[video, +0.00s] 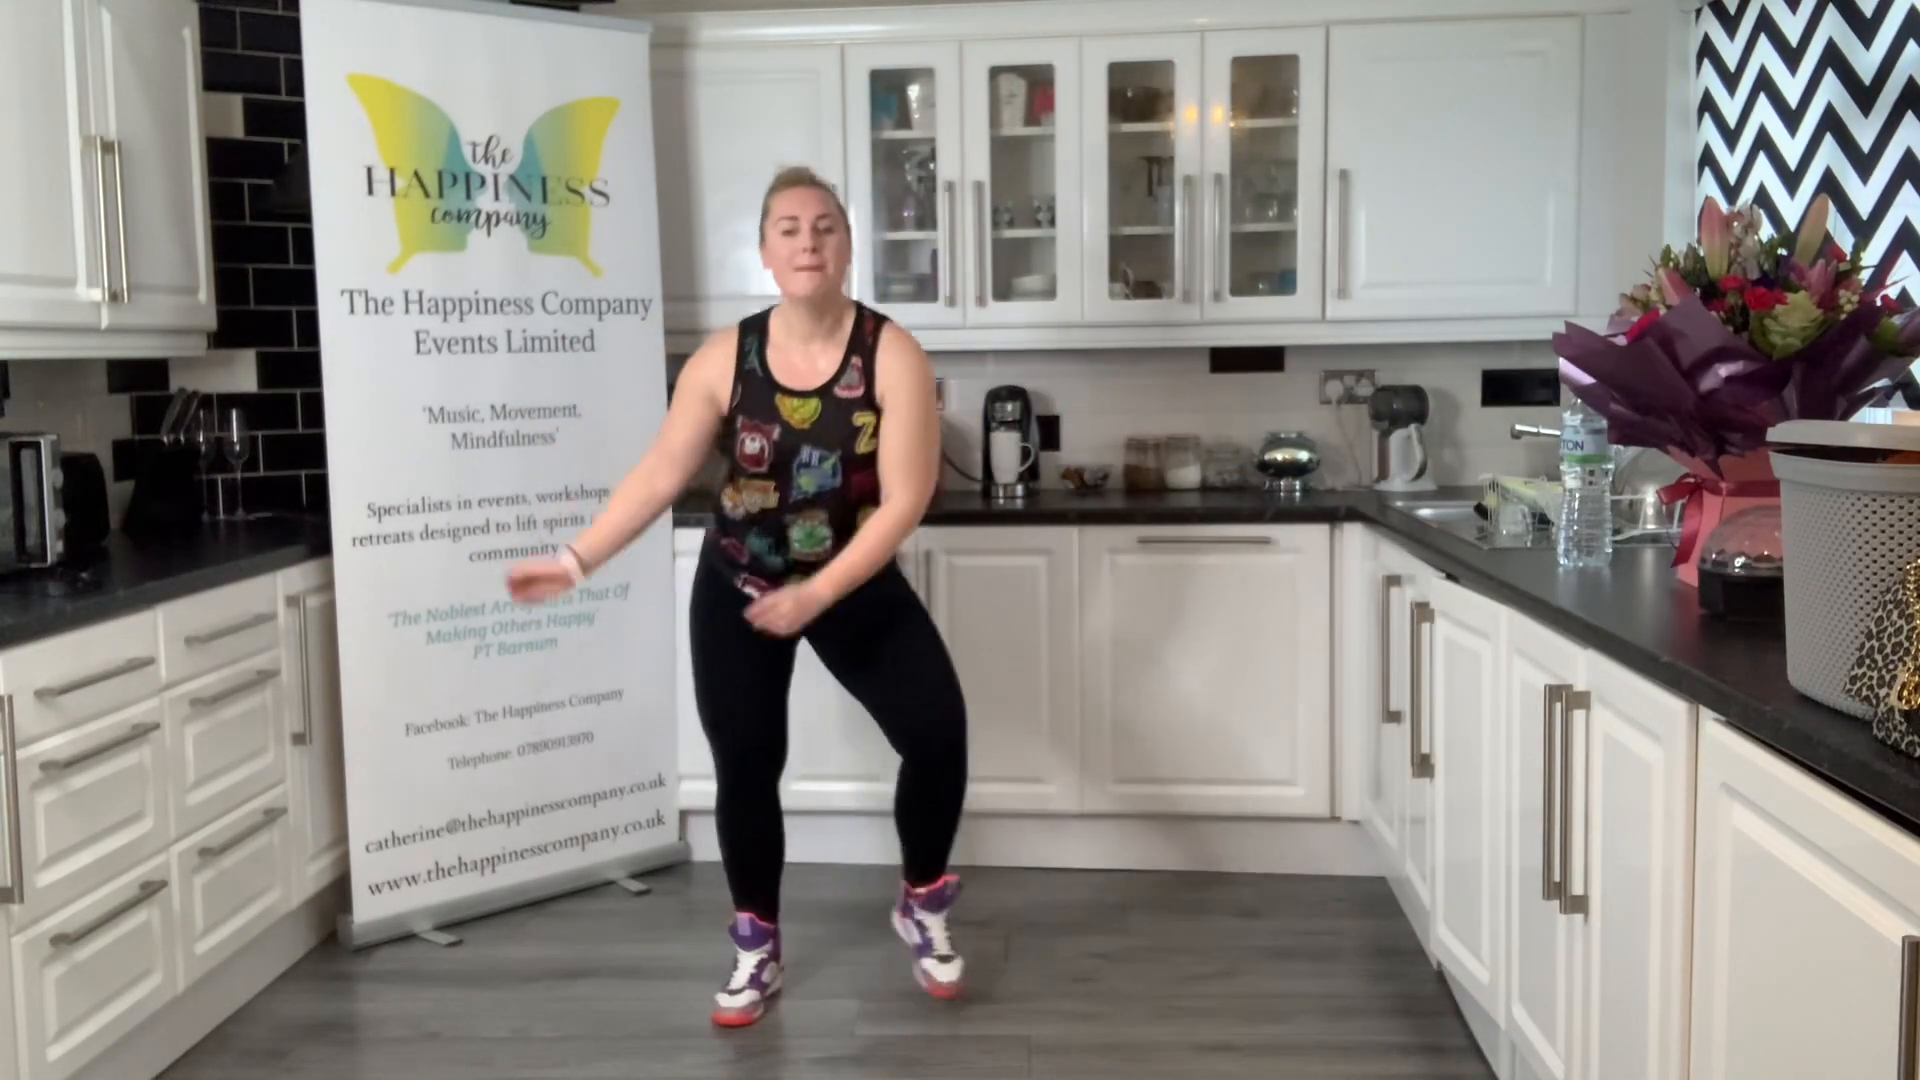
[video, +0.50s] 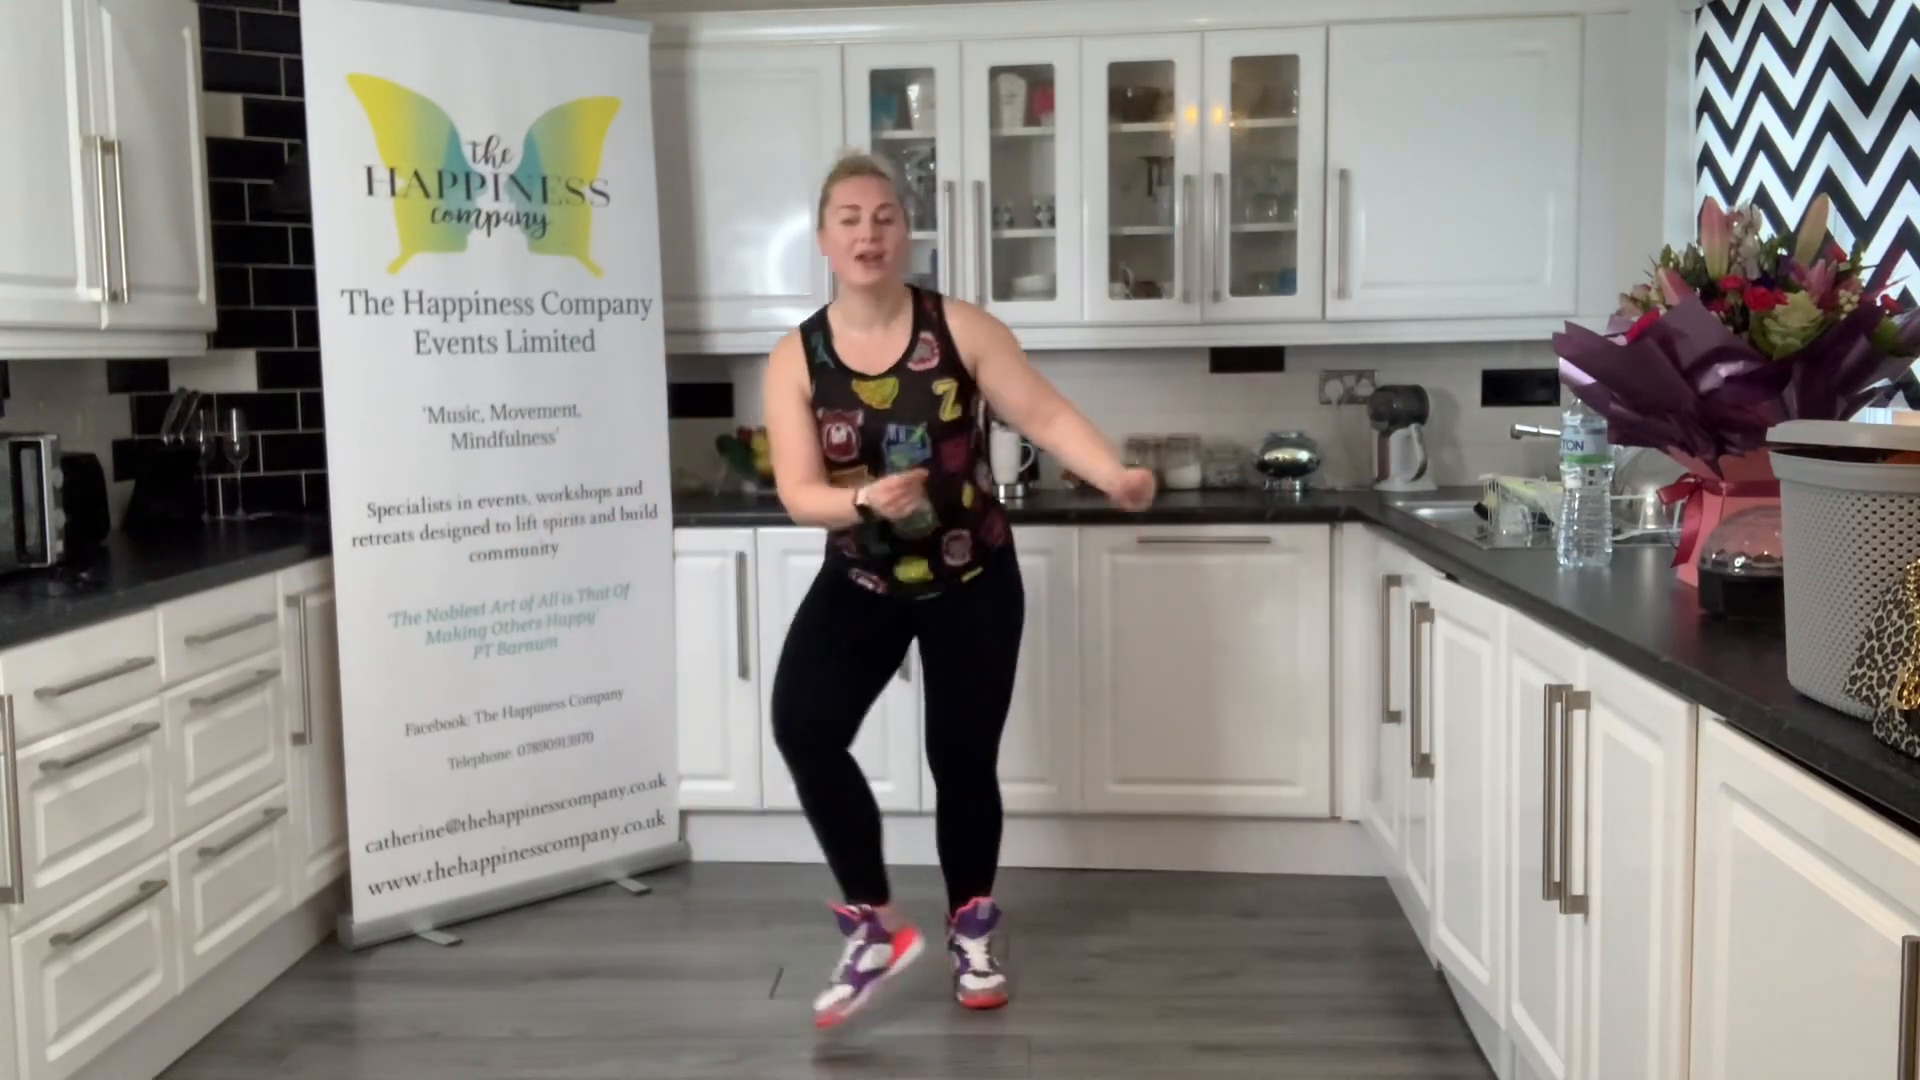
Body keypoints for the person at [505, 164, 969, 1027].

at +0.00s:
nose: (809, 243)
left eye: (826, 228)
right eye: (789, 230)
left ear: (848, 246)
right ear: (765, 254)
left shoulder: (893, 356)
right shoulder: (723, 362)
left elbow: (906, 502)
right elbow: (658, 476)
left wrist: (814, 595)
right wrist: (574, 560)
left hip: (854, 577)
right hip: (741, 582)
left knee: (939, 732)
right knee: (746, 768)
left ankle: (924, 905)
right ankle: (755, 947)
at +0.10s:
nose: (819, 229)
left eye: (835, 215)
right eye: (798, 216)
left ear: (856, 231)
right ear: (773, 238)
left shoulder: (901, 336)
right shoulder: (733, 348)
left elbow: (930, 482)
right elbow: (705, 478)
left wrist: (897, 607)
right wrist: (676, 599)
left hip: (884, 582)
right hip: (766, 588)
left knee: (930, 763)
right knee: (764, 772)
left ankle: (967, 927)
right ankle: (757, 946)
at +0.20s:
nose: (830, 231)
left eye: (845, 215)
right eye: (811, 217)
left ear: (870, 230)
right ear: (785, 235)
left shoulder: (914, 330)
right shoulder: (754, 352)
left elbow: (975, 462)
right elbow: (760, 491)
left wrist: (984, 596)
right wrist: (784, 611)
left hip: (908, 597)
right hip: (795, 600)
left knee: (930, 771)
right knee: (775, 778)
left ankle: (969, 932)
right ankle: (761, 943)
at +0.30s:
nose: (846, 245)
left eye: (863, 229)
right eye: (828, 229)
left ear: (886, 245)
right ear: (802, 247)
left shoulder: (934, 337)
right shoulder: (774, 364)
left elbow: (1027, 442)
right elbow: (790, 499)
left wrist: (1060, 571)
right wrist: (852, 579)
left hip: (944, 575)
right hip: (834, 574)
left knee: (952, 762)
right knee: (763, 737)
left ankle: (970, 931)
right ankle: (770, 928)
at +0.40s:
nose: (862, 251)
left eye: (878, 234)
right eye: (843, 235)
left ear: (899, 249)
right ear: (815, 253)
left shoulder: (951, 342)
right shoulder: (789, 374)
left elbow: (1055, 423)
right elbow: (799, 509)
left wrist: (1105, 517)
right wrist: (870, 527)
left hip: (967, 586)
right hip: (860, 586)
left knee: (965, 764)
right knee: (771, 713)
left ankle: (972, 933)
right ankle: (812, 912)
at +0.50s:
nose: (868, 233)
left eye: (884, 217)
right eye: (849, 218)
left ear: (908, 232)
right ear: (821, 237)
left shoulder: (963, 328)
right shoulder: (795, 359)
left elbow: (1045, 414)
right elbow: (798, 496)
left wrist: (1113, 472)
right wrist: (862, 500)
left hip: (970, 577)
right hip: (862, 581)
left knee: (963, 756)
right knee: (803, 727)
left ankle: (973, 928)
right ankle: (873, 926)